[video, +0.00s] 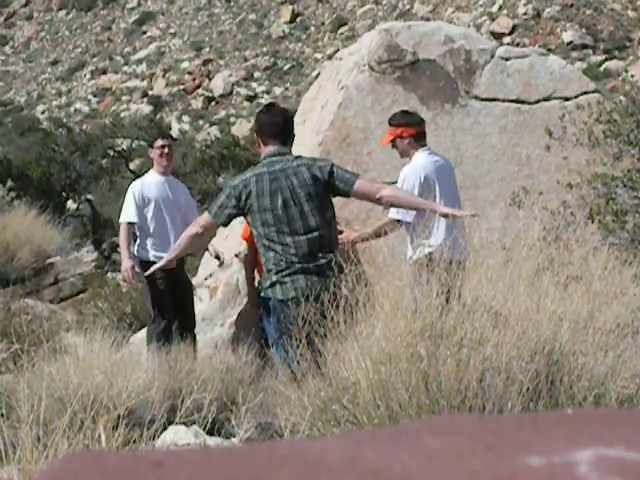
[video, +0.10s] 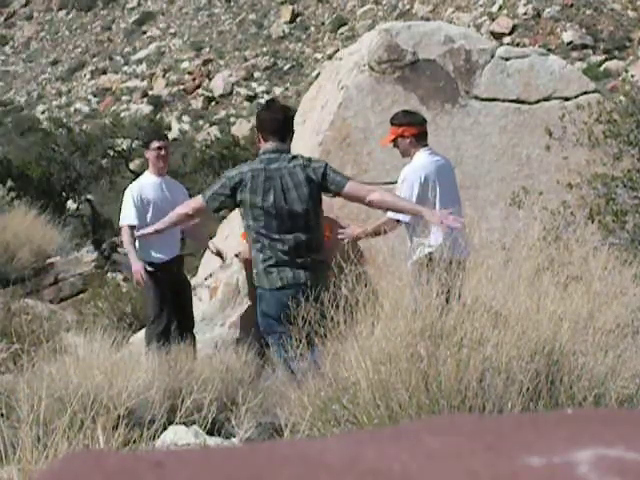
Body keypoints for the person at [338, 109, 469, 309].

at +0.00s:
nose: (393, 147)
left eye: (395, 141)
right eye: (392, 142)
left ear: (407, 140)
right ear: (418, 138)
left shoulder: (412, 171)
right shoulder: (444, 164)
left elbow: (395, 221)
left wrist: (357, 237)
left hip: (427, 256)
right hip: (455, 251)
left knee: (424, 316)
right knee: (451, 313)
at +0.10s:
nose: (395, 146)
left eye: (396, 141)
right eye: (393, 141)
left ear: (409, 139)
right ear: (417, 138)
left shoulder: (413, 171)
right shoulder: (444, 164)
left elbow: (395, 219)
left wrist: (360, 232)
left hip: (428, 255)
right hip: (455, 251)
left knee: (425, 315)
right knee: (451, 311)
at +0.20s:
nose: (395, 146)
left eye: (396, 140)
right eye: (394, 141)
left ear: (409, 138)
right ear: (419, 137)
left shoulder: (416, 170)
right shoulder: (443, 163)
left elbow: (391, 218)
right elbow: (420, 199)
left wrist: (360, 218)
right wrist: (381, 192)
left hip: (428, 256)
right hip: (454, 252)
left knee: (426, 319)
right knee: (450, 316)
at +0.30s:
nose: (395, 145)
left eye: (397, 140)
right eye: (394, 140)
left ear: (408, 139)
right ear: (417, 138)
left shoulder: (415, 171)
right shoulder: (441, 163)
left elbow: (381, 215)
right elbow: (415, 192)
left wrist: (350, 207)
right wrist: (381, 186)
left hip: (431, 257)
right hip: (454, 253)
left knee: (429, 320)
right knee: (449, 315)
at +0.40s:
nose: (394, 147)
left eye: (395, 141)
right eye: (393, 142)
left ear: (407, 140)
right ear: (416, 139)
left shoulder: (415, 171)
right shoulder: (442, 163)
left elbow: (382, 216)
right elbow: (419, 190)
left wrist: (346, 215)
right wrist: (384, 187)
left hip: (429, 256)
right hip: (454, 251)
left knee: (428, 319)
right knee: (452, 314)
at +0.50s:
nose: (393, 147)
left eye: (395, 142)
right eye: (393, 142)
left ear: (406, 140)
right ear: (420, 138)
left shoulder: (413, 172)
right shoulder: (443, 163)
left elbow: (388, 222)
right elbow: (427, 200)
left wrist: (345, 232)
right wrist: (391, 201)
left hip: (429, 256)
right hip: (454, 251)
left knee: (429, 320)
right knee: (451, 315)